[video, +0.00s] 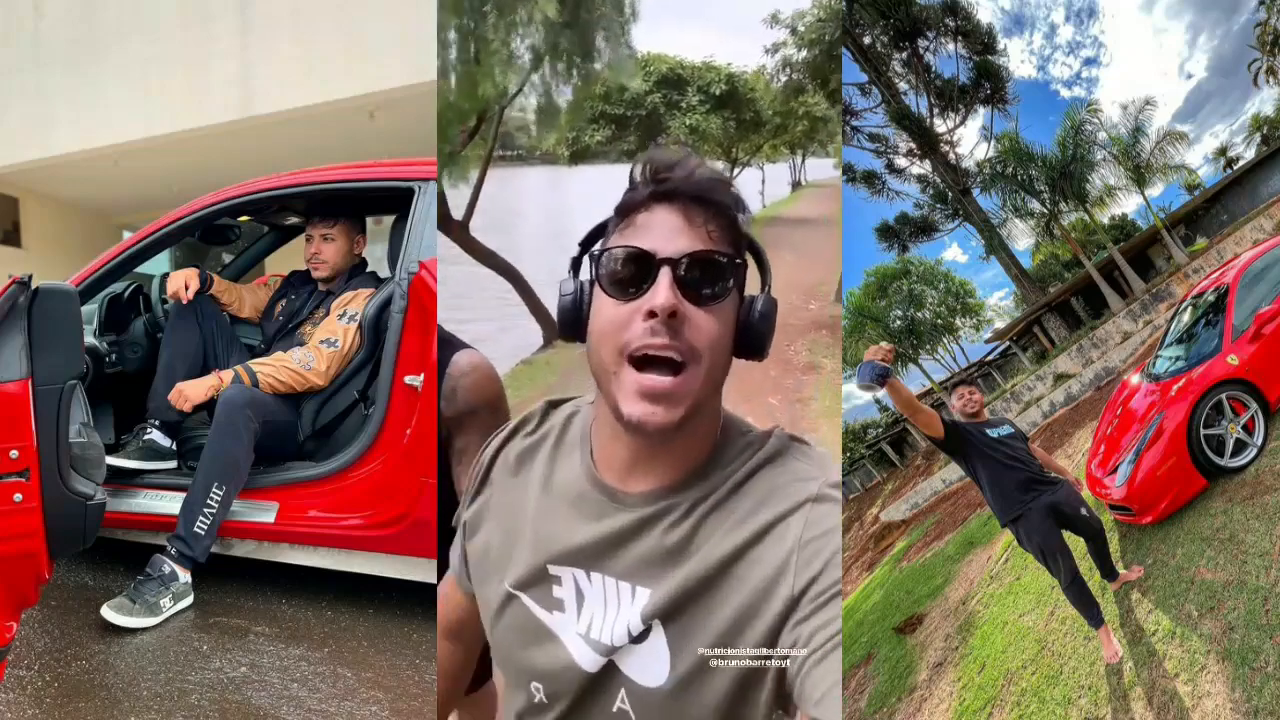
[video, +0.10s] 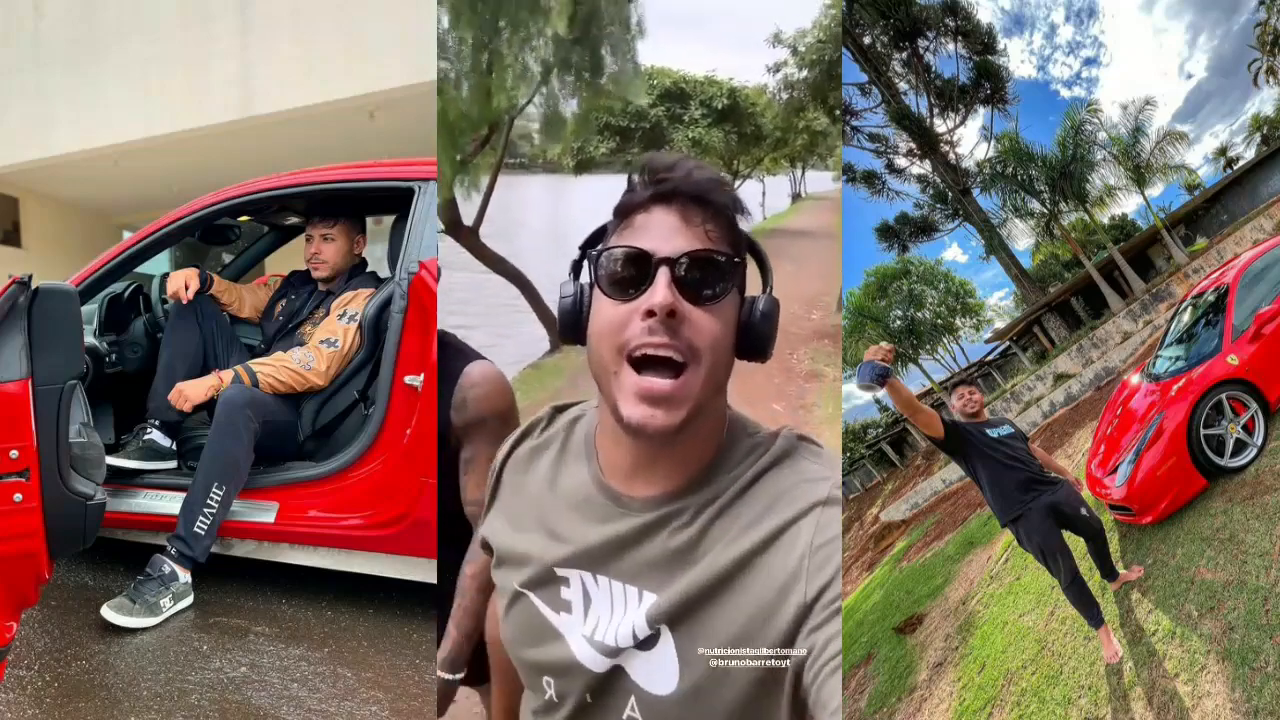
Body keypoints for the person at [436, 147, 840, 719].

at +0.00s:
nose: (663, 301)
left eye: (704, 278)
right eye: (630, 272)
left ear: (747, 323)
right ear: (582, 305)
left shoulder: (807, 517)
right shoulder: (518, 456)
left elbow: (833, 703)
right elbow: (460, 608)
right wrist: (437, 706)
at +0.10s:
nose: (660, 301)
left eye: (702, 278)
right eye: (628, 274)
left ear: (748, 324)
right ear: (584, 310)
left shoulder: (817, 521)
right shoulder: (526, 464)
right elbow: (509, 604)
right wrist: (503, 712)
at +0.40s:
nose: (718, 331)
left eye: (757, 303)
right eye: (685, 304)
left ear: (809, 337)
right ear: (645, 335)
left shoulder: (851, 515)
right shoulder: (624, 463)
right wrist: (603, 678)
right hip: (628, 706)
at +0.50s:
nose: (740, 319)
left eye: (780, 292)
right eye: (706, 292)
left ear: (827, 327)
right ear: (665, 323)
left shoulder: (867, 511)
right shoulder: (630, 454)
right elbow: (597, 599)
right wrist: (581, 711)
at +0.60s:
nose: (759, 312)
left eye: (802, 285)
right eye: (725, 284)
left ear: (846, 323)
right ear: (681, 315)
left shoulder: (876, 521)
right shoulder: (639, 448)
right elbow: (587, 607)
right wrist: (555, 713)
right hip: (615, 709)